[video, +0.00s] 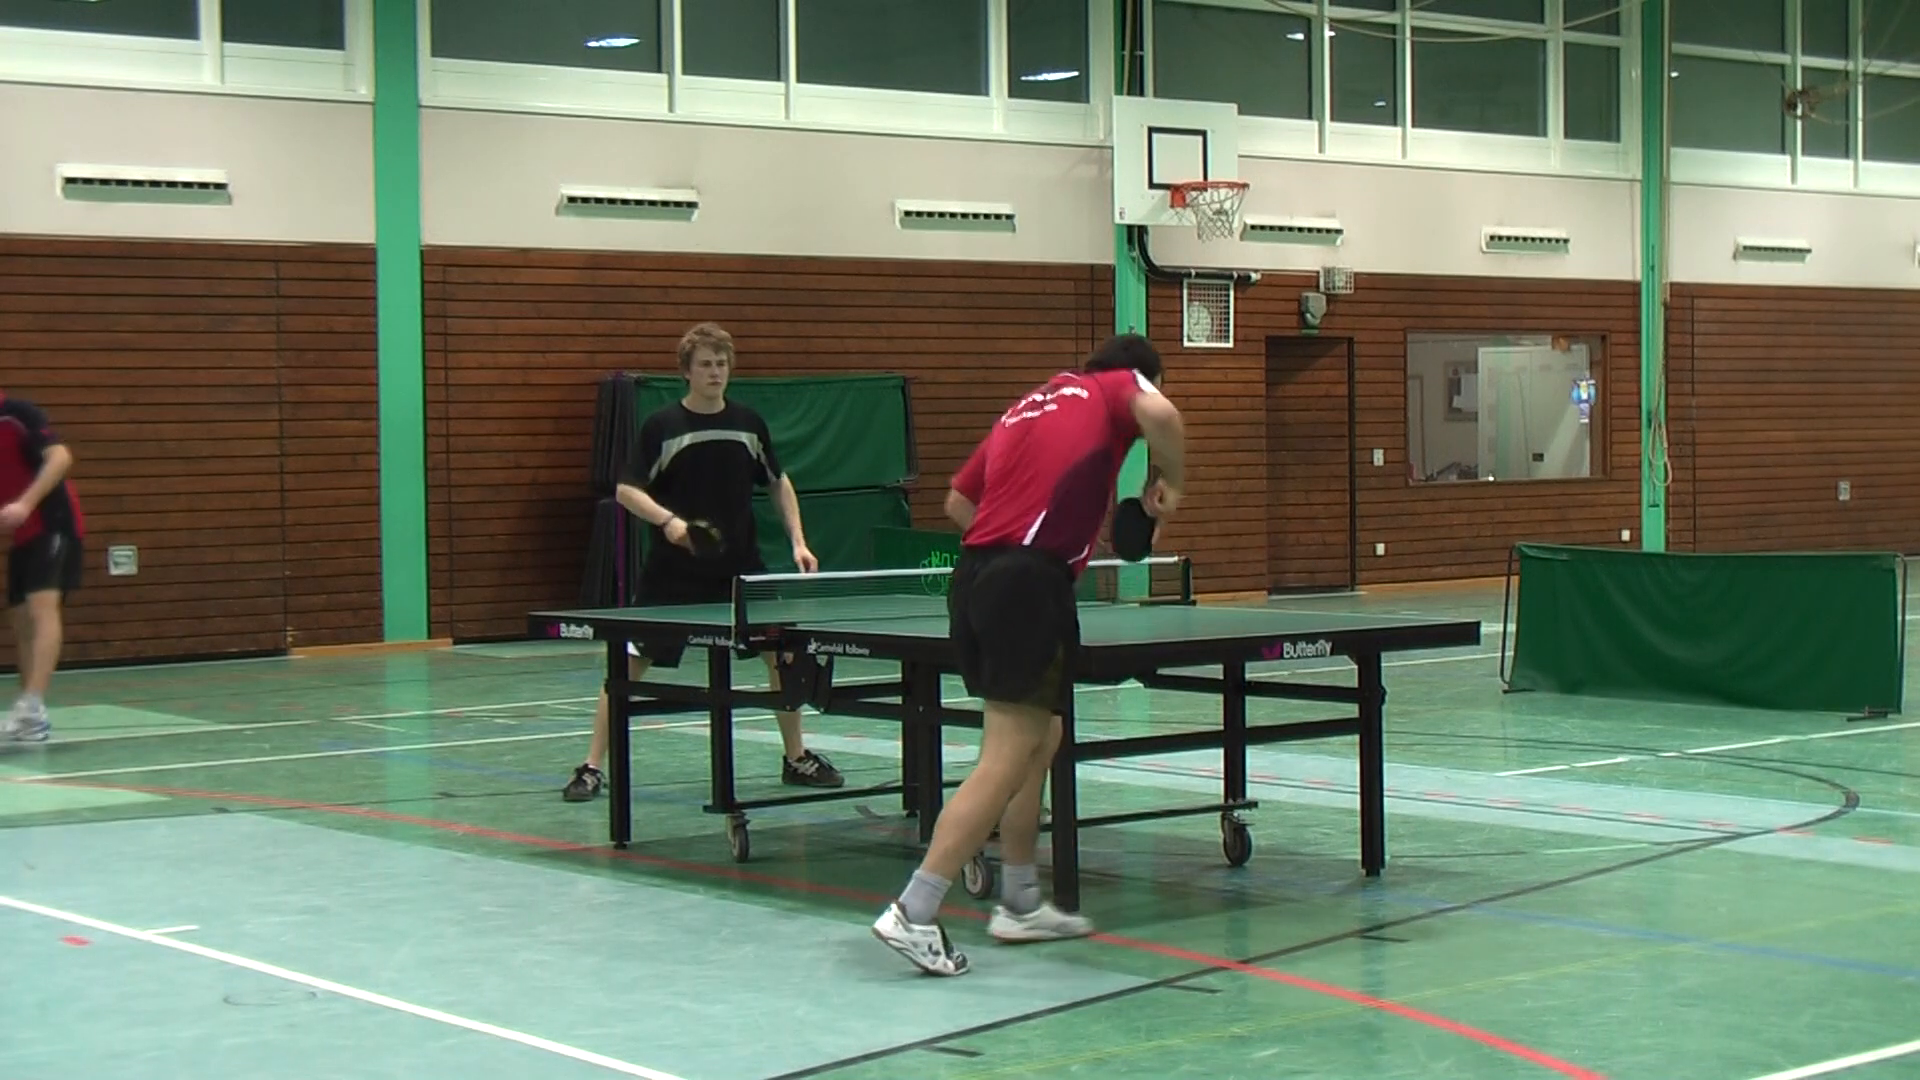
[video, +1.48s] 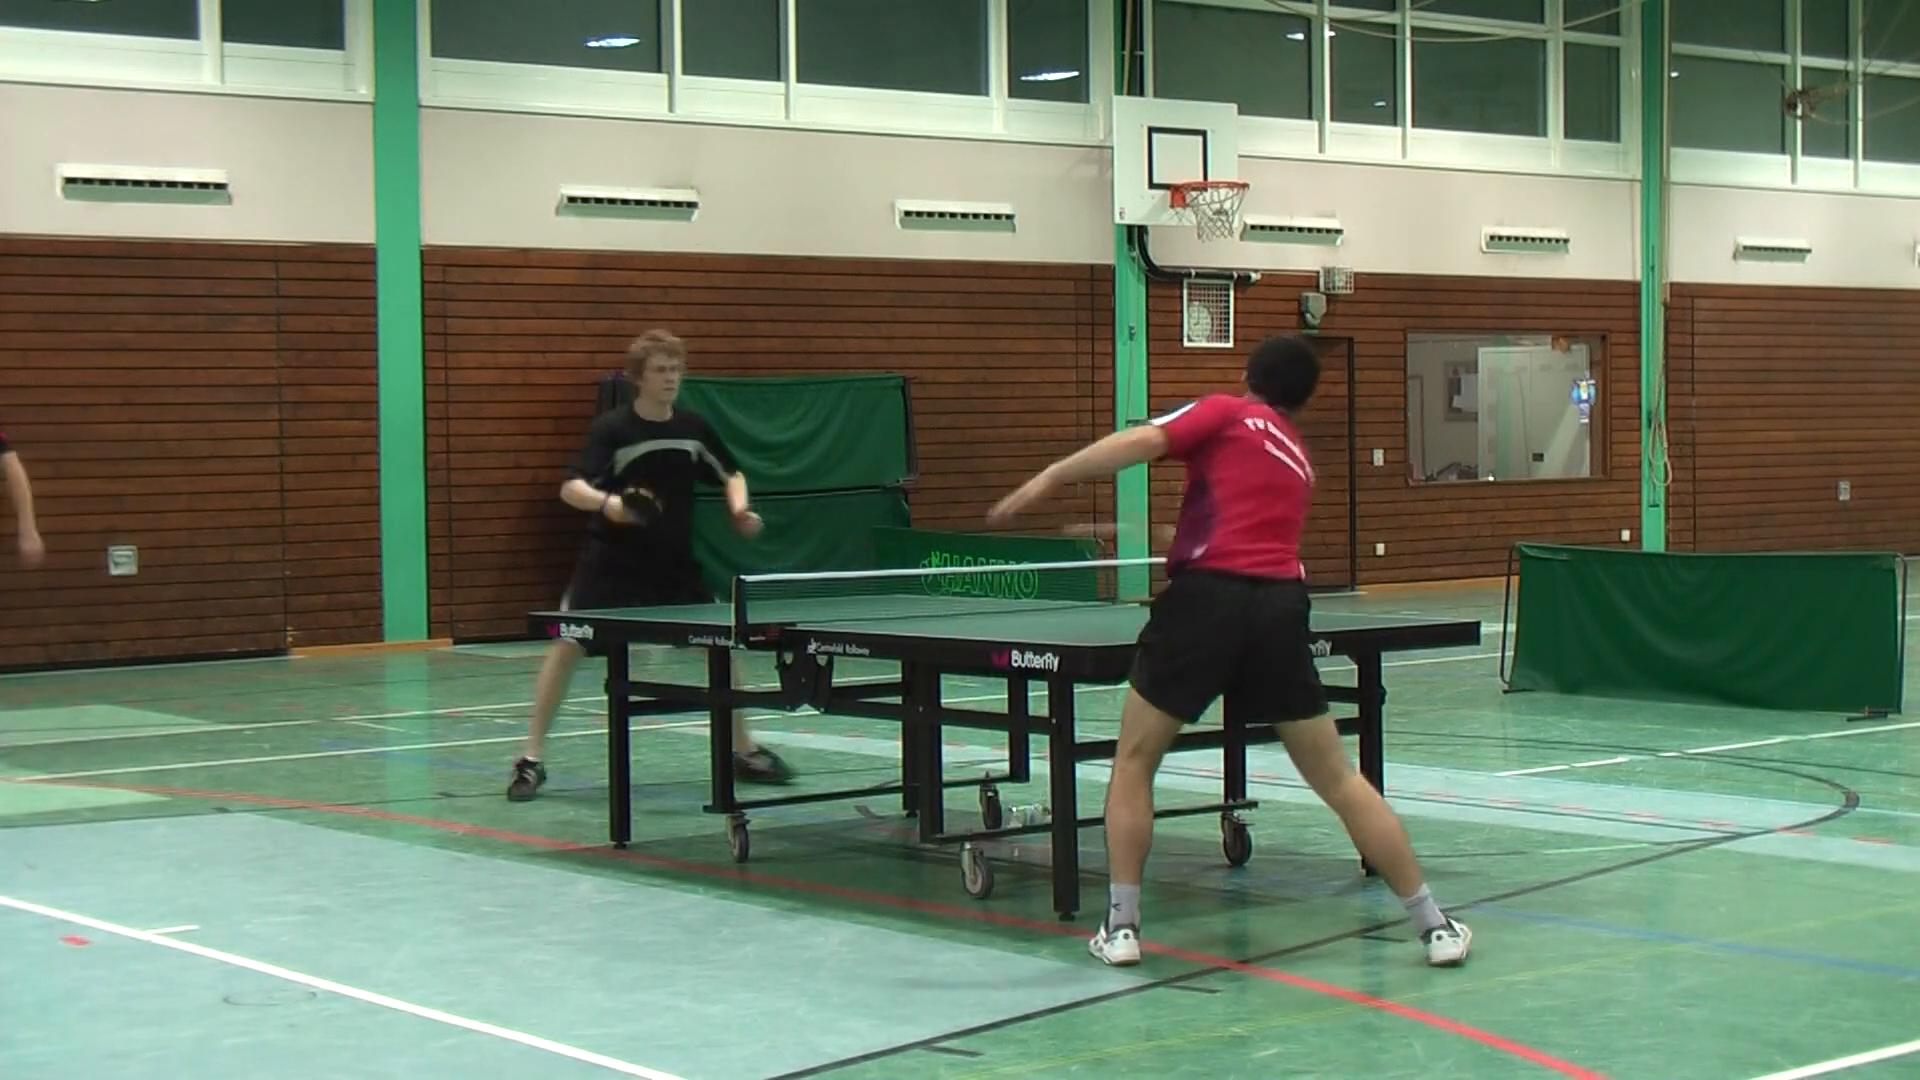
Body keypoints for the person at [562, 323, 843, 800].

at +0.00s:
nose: (716, 372)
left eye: (722, 364)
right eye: (706, 364)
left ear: (730, 369)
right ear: (686, 370)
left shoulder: (749, 423)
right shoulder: (661, 426)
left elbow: (779, 482)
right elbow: (627, 489)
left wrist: (798, 540)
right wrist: (666, 519)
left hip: (741, 567)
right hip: (676, 570)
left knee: (782, 648)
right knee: (629, 663)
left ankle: (797, 756)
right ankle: (593, 765)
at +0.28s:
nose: (732, 376)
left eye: (738, 368)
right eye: (723, 369)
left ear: (748, 372)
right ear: (703, 372)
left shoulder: (764, 427)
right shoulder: (673, 426)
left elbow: (800, 484)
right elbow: (622, 478)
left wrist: (802, 527)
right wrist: (650, 511)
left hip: (747, 567)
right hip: (680, 568)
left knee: (788, 648)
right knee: (642, 654)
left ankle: (799, 754)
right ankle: (612, 761)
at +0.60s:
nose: (758, 432)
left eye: (764, 423)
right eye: (748, 423)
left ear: (773, 424)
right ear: (729, 425)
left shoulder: (784, 471)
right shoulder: (703, 475)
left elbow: (822, 513)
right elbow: (659, 531)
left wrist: (831, 529)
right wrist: (711, 558)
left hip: (768, 598)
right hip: (705, 599)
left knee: (834, 652)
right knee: (676, 664)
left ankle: (831, 757)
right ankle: (622, 767)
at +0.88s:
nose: (760, 459)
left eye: (765, 451)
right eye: (751, 451)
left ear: (771, 454)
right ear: (728, 453)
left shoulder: (778, 494)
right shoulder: (707, 495)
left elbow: (830, 523)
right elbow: (693, 534)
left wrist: (865, 541)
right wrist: (732, 525)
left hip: (755, 612)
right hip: (694, 613)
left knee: (838, 654)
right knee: (686, 677)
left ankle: (831, 756)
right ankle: (619, 772)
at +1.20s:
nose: (730, 380)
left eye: (735, 373)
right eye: (720, 372)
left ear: (742, 378)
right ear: (698, 377)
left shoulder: (750, 431)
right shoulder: (670, 427)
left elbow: (786, 476)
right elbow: (623, 473)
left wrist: (816, 521)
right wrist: (646, 464)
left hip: (729, 563)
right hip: (667, 564)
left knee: (780, 641)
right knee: (635, 652)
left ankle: (770, 742)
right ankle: (595, 757)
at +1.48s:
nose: (671, 378)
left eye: (676, 370)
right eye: (660, 370)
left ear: (683, 375)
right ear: (637, 376)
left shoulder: (694, 427)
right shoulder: (612, 428)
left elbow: (732, 476)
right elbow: (571, 487)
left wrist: (739, 509)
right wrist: (606, 501)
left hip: (674, 563)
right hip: (610, 566)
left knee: (723, 644)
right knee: (567, 643)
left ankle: (743, 748)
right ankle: (531, 756)